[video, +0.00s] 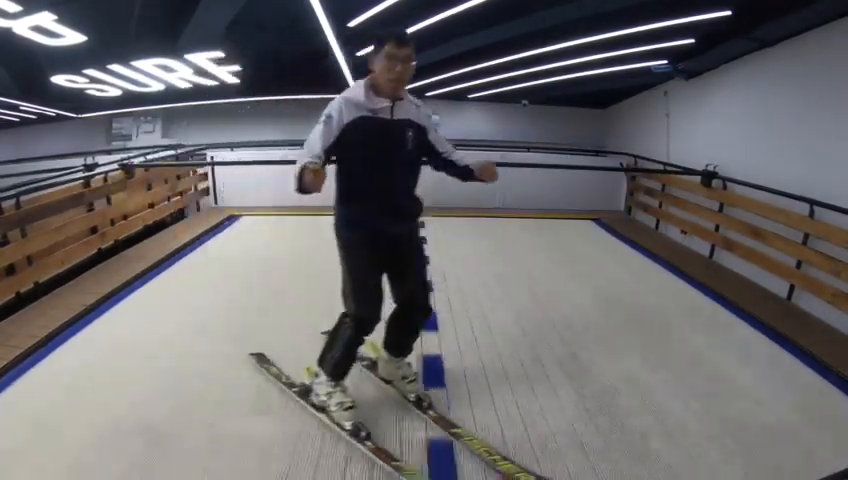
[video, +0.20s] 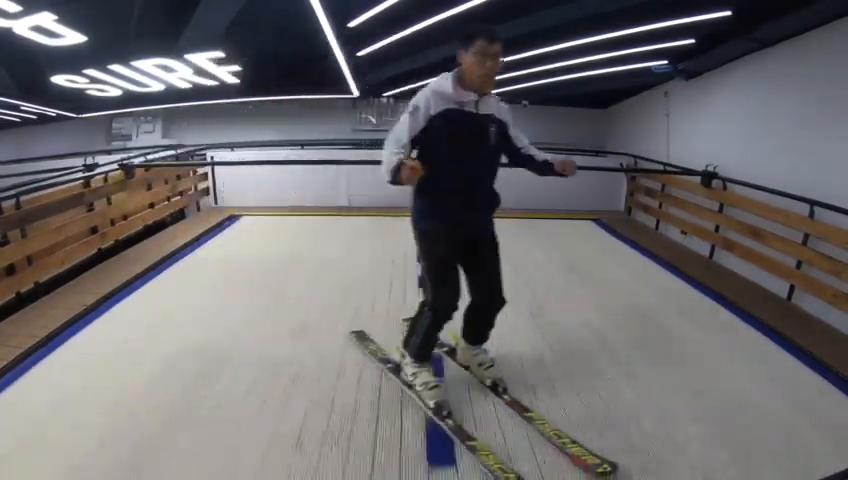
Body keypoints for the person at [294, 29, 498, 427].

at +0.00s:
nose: (400, 71)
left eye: (407, 63)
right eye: (392, 62)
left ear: (413, 67)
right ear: (373, 62)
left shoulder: (416, 114)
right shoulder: (346, 107)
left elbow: (441, 157)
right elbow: (312, 155)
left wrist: (473, 172)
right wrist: (310, 175)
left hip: (402, 224)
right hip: (357, 224)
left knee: (415, 303)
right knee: (364, 311)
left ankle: (392, 361)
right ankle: (326, 380)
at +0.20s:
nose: (491, 66)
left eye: (496, 58)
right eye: (483, 57)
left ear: (500, 62)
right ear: (461, 57)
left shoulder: (496, 110)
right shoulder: (432, 98)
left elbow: (520, 152)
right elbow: (393, 149)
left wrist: (553, 166)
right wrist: (399, 168)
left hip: (477, 213)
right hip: (434, 213)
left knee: (490, 297)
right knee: (443, 298)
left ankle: (470, 348)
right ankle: (414, 359)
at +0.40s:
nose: (563, 79)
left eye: (568, 72)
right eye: (555, 70)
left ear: (572, 76)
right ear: (533, 67)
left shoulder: (558, 119)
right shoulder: (500, 106)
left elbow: (579, 161)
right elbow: (465, 158)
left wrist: (616, 180)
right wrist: (480, 182)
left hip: (540, 216)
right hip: (499, 216)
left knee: (556, 294)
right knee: (518, 300)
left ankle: (544, 340)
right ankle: (510, 351)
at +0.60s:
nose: (609, 89)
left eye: (614, 82)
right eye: (602, 80)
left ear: (618, 85)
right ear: (579, 77)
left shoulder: (606, 125)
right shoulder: (549, 115)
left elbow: (628, 163)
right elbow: (518, 170)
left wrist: (657, 183)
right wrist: (537, 196)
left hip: (591, 225)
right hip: (552, 227)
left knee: (605, 296)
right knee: (571, 299)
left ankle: (605, 346)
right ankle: (578, 358)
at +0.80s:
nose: (634, 95)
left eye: (639, 87)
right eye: (626, 87)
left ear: (644, 89)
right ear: (604, 84)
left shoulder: (641, 132)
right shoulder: (576, 123)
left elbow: (665, 172)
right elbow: (546, 175)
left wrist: (697, 190)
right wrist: (557, 204)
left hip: (622, 234)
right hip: (580, 235)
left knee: (637, 305)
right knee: (599, 308)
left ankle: (644, 357)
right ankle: (609, 368)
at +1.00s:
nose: (637, 96)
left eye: (643, 88)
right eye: (629, 88)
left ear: (648, 89)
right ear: (607, 85)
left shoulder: (653, 136)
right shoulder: (578, 127)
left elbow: (680, 173)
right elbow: (548, 174)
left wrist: (710, 193)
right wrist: (543, 201)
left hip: (630, 241)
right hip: (583, 241)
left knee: (639, 311)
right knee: (599, 317)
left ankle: (658, 371)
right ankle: (612, 377)